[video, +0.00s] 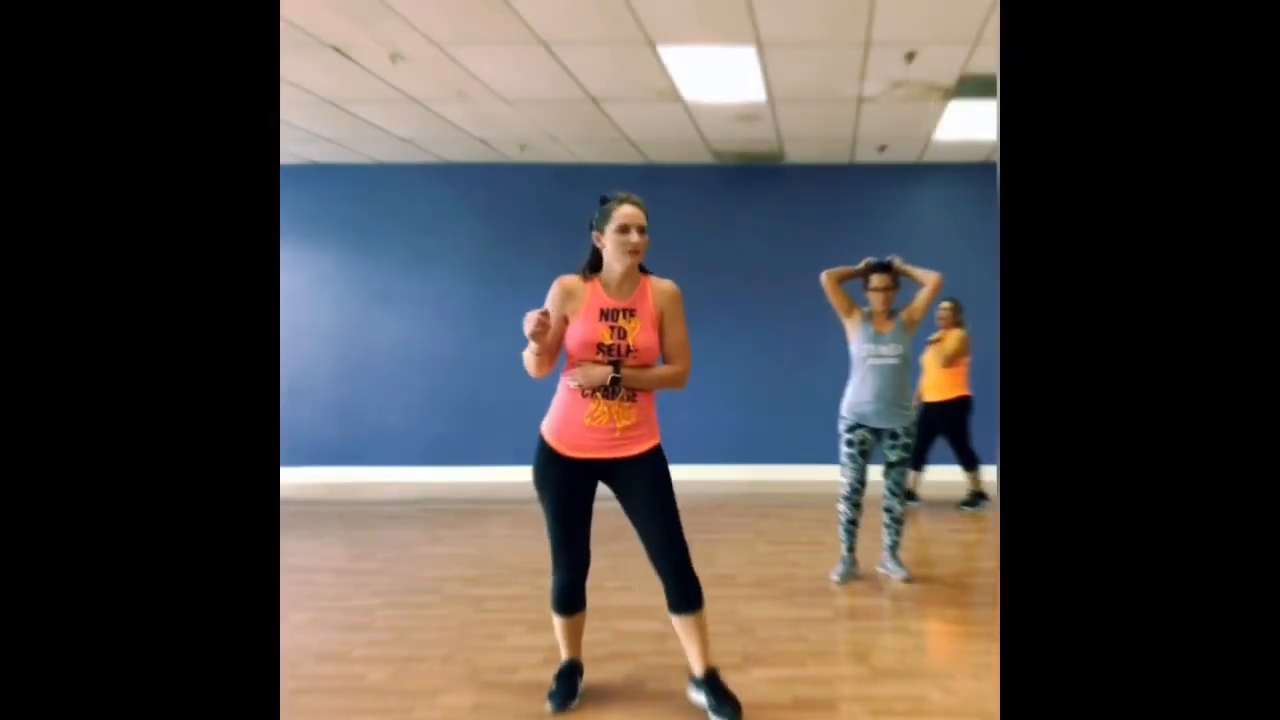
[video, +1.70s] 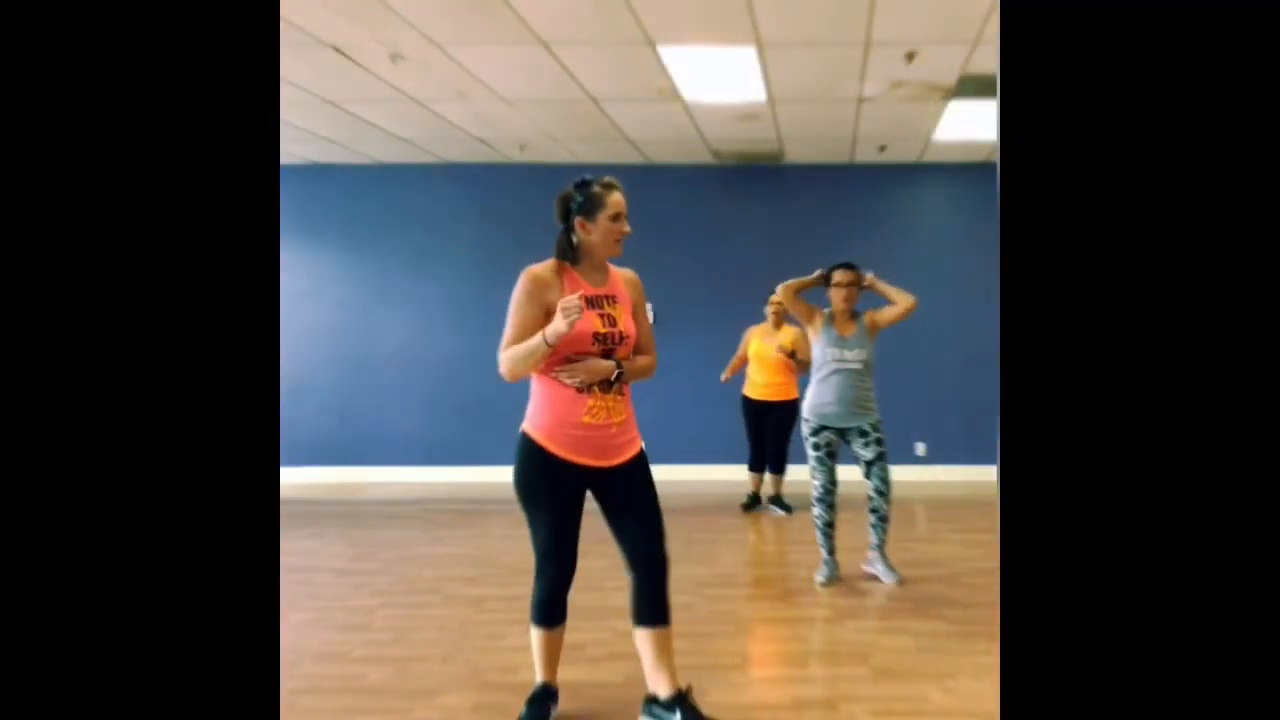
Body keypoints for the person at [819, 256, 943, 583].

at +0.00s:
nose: (882, 296)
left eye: (888, 290)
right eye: (876, 290)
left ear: (896, 292)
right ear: (866, 292)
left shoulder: (907, 322)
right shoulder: (854, 319)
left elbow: (935, 281)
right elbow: (827, 278)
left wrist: (904, 268)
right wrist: (858, 270)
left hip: (899, 419)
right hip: (858, 416)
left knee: (895, 492)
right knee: (851, 490)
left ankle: (891, 555)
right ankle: (847, 557)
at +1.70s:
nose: (844, 293)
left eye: (851, 287)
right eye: (839, 286)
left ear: (860, 291)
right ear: (828, 291)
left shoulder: (870, 322)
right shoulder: (815, 321)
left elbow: (909, 303)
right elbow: (784, 291)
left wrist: (874, 282)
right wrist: (816, 279)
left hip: (862, 418)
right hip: (820, 418)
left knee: (881, 484)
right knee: (823, 491)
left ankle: (877, 555)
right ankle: (828, 560)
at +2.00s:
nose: (858, 288)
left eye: (864, 283)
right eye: (852, 282)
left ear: (873, 289)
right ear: (842, 289)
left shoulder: (885, 324)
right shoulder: (828, 324)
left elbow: (920, 358)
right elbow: (796, 357)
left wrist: (920, 327)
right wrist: (793, 324)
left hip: (877, 420)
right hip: (834, 419)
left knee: (894, 488)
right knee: (831, 491)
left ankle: (906, 557)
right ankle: (828, 560)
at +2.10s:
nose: (867, 288)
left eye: (873, 282)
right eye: (861, 282)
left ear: (882, 290)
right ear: (850, 290)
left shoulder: (895, 326)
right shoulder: (836, 327)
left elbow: (916, 365)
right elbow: (818, 370)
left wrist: (930, 364)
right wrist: (803, 366)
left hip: (888, 421)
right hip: (844, 421)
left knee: (900, 491)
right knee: (838, 491)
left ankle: (907, 558)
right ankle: (829, 560)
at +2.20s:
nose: (877, 288)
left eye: (883, 282)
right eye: (870, 282)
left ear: (892, 289)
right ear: (860, 290)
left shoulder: (904, 325)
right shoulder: (846, 328)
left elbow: (921, 366)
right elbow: (837, 372)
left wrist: (932, 390)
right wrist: (826, 399)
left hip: (899, 421)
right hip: (855, 421)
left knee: (907, 491)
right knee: (844, 490)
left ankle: (908, 558)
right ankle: (831, 559)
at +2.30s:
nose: (886, 287)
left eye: (891, 281)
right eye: (880, 281)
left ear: (900, 288)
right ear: (869, 290)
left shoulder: (914, 326)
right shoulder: (856, 328)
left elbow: (929, 370)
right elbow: (846, 374)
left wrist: (929, 412)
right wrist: (848, 412)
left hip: (909, 423)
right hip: (866, 422)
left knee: (912, 494)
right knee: (849, 490)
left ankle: (909, 558)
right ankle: (835, 558)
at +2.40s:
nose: (894, 285)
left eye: (899, 279)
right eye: (888, 280)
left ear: (908, 286)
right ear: (876, 287)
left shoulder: (921, 324)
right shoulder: (862, 325)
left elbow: (937, 367)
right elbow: (849, 373)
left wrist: (935, 408)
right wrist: (862, 413)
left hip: (913, 420)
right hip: (872, 418)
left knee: (914, 493)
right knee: (857, 488)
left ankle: (909, 558)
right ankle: (848, 556)